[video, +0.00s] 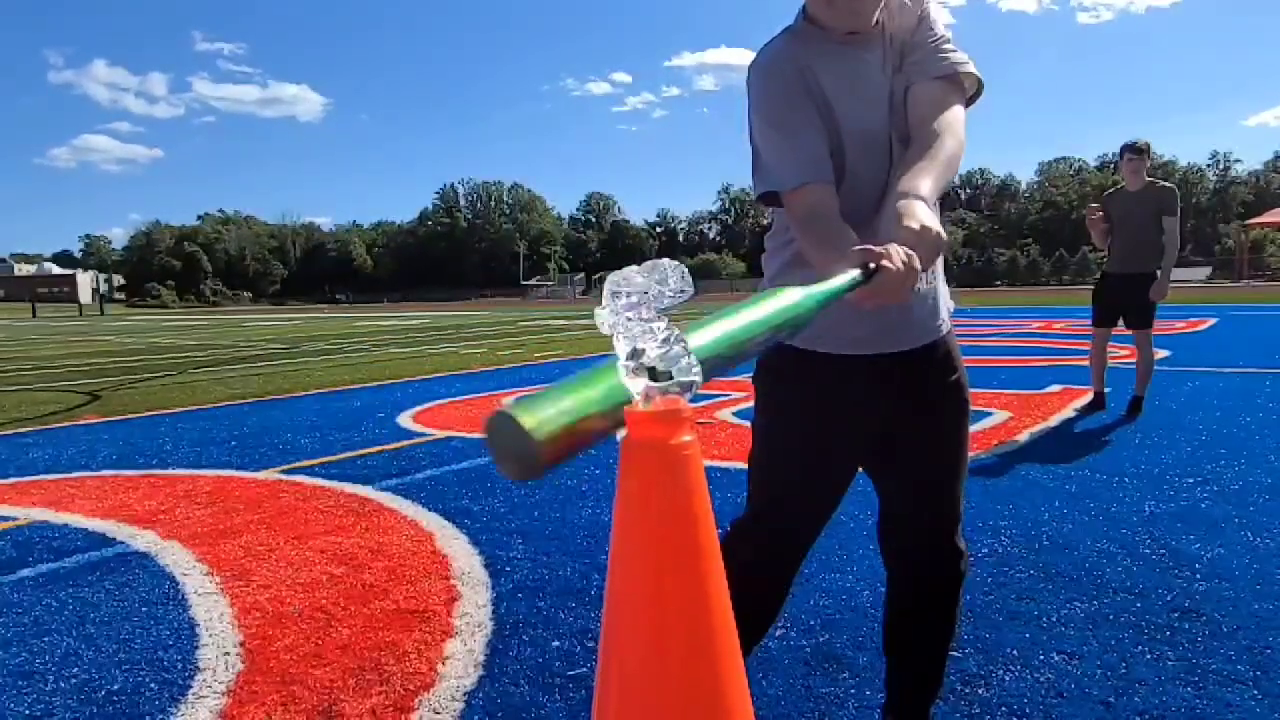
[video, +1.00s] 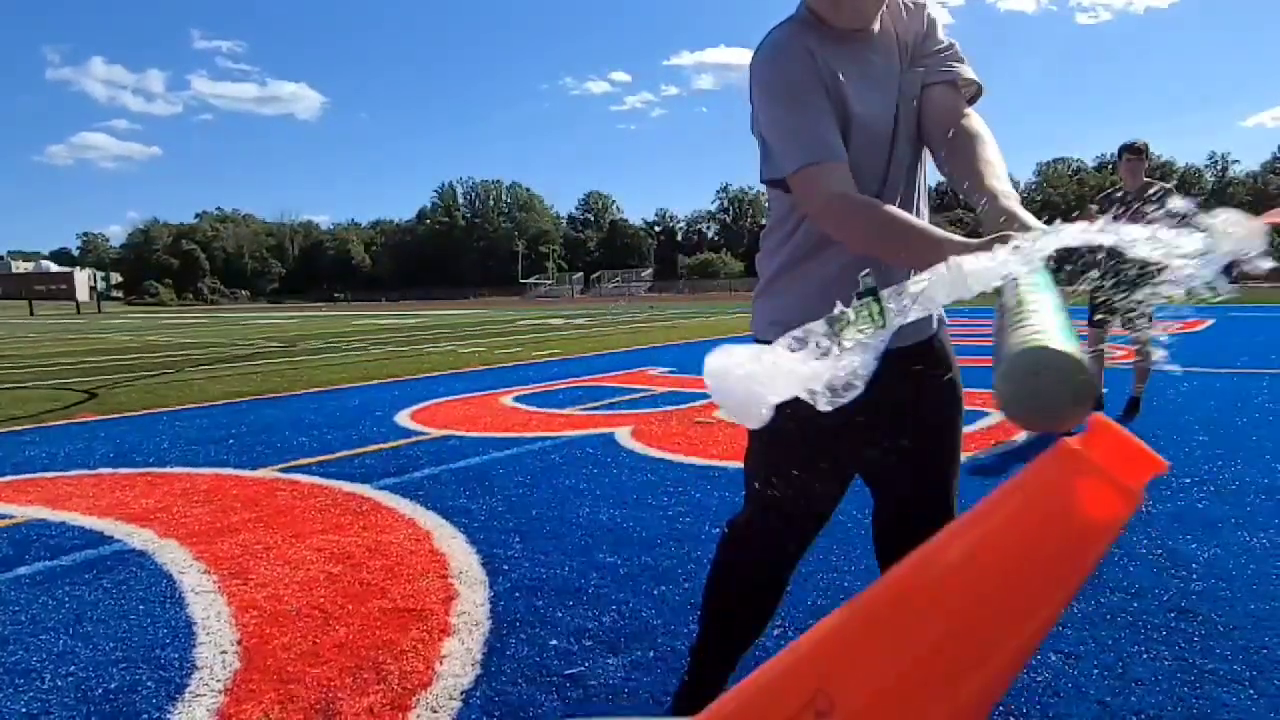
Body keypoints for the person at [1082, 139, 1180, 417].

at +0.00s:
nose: (1134, 164)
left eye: (1139, 159)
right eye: (1129, 159)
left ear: (1148, 163)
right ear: (1120, 164)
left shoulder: (1165, 193)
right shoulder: (1111, 198)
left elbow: (1172, 239)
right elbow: (1102, 243)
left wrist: (1163, 278)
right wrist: (1094, 226)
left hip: (1143, 277)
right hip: (1111, 277)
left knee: (1142, 341)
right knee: (1099, 339)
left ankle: (1138, 398)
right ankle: (1098, 395)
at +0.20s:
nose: (1134, 164)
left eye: (1139, 159)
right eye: (1129, 159)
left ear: (1148, 163)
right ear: (1120, 164)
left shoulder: (1165, 193)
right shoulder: (1111, 198)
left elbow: (1172, 239)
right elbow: (1101, 243)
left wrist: (1163, 278)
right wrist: (1094, 225)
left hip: (1143, 277)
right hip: (1111, 276)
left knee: (1142, 341)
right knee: (1099, 337)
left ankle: (1137, 398)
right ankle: (1098, 395)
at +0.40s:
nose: (1134, 164)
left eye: (1139, 159)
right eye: (1129, 160)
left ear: (1147, 163)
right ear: (1120, 164)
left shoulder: (1165, 193)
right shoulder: (1110, 198)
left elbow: (1171, 239)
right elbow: (1101, 243)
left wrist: (1163, 278)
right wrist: (1094, 225)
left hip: (1142, 277)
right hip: (1111, 276)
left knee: (1141, 341)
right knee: (1098, 337)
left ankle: (1137, 398)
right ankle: (1097, 395)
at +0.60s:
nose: (1134, 164)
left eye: (1139, 159)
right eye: (1128, 160)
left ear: (1147, 163)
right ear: (1119, 164)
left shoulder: (1164, 193)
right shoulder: (1110, 198)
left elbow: (1170, 239)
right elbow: (1101, 243)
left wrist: (1162, 278)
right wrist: (1093, 225)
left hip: (1142, 276)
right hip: (1111, 275)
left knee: (1141, 341)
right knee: (1097, 337)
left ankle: (1136, 398)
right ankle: (1096, 394)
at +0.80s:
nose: (1133, 165)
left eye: (1138, 160)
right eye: (1128, 160)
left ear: (1146, 163)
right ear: (1119, 164)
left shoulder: (1163, 194)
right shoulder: (1110, 198)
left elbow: (1170, 239)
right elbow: (1100, 243)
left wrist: (1162, 277)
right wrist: (1093, 224)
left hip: (1143, 275)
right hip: (1112, 274)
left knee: (1140, 340)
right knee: (1096, 337)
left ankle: (1136, 397)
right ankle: (1096, 394)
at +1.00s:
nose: (1133, 167)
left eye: (1138, 161)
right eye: (1128, 161)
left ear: (1147, 165)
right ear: (1118, 166)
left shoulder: (1162, 196)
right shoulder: (1107, 200)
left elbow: (1183, 227)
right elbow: (1090, 233)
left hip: (1142, 274)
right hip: (1107, 272)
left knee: (1140, 338)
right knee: (1095, 335)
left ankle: (1136, 396)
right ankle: (1095, 394)